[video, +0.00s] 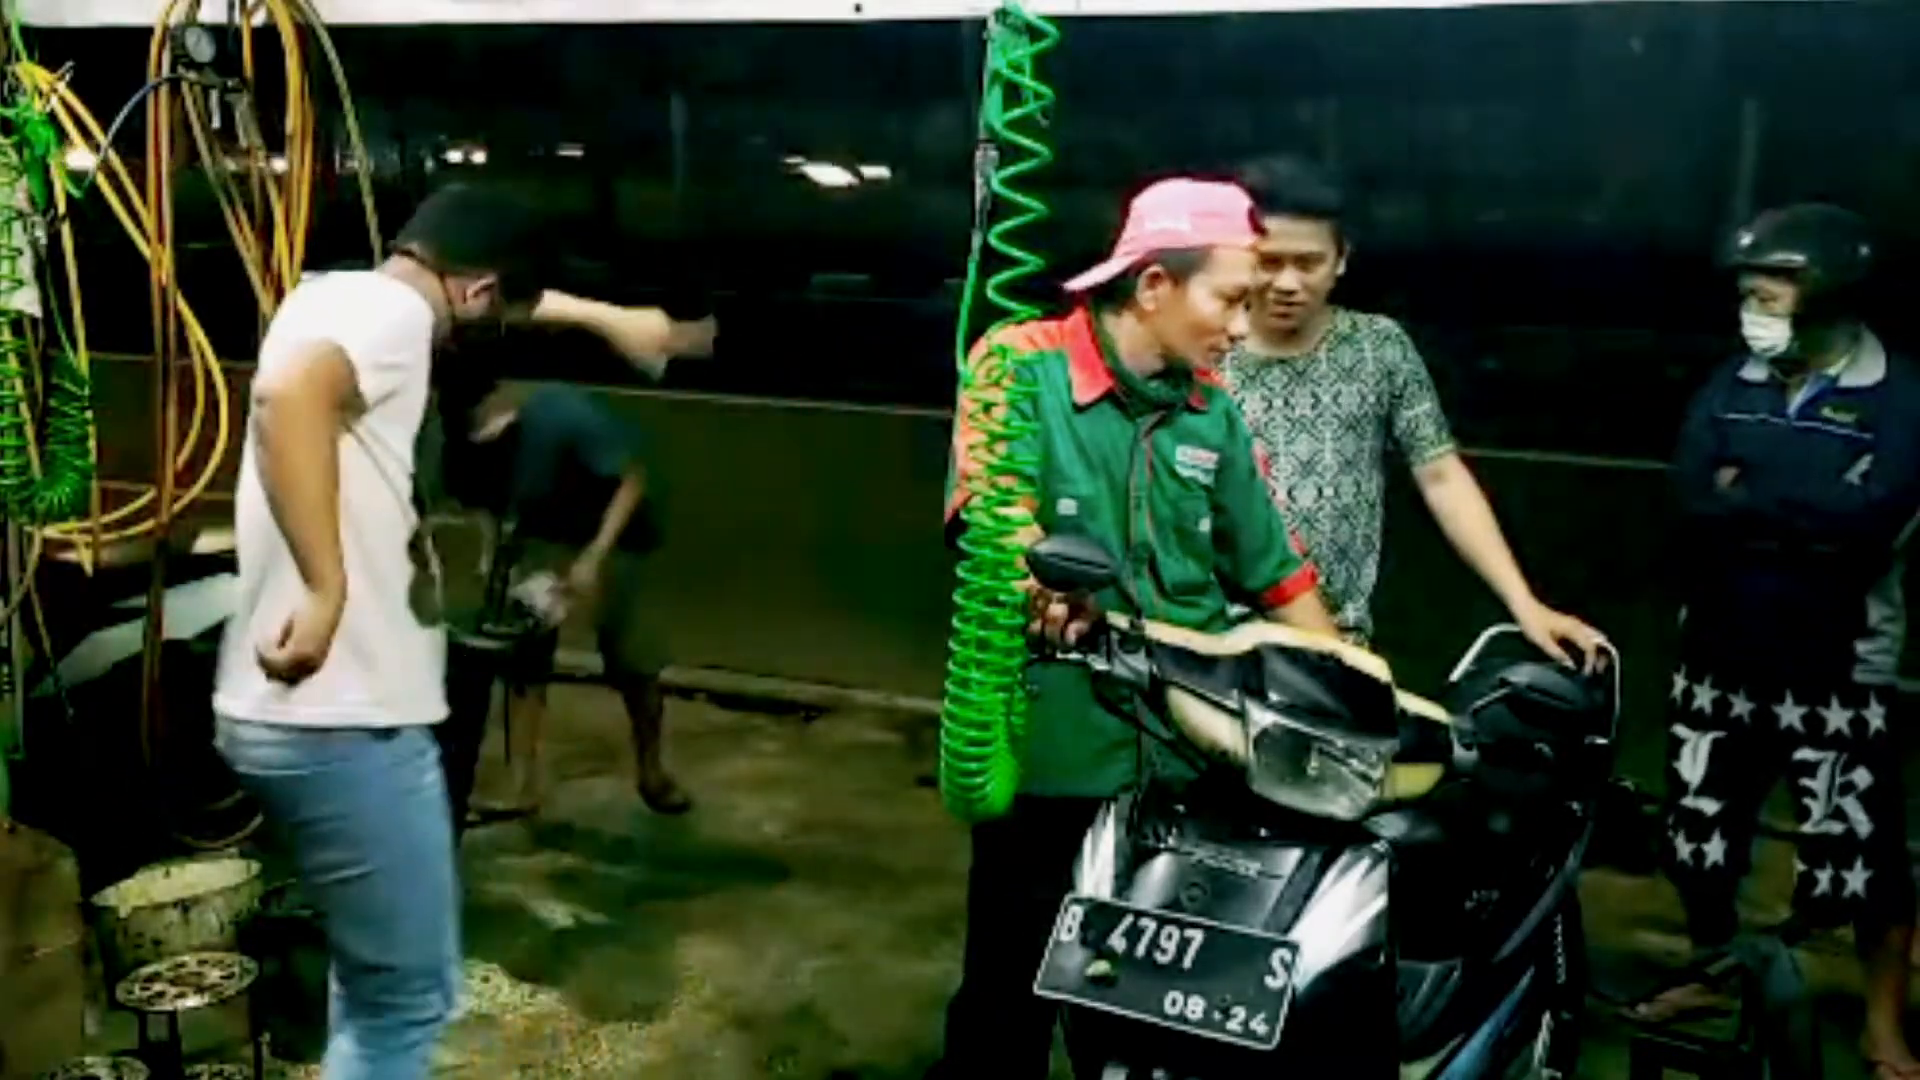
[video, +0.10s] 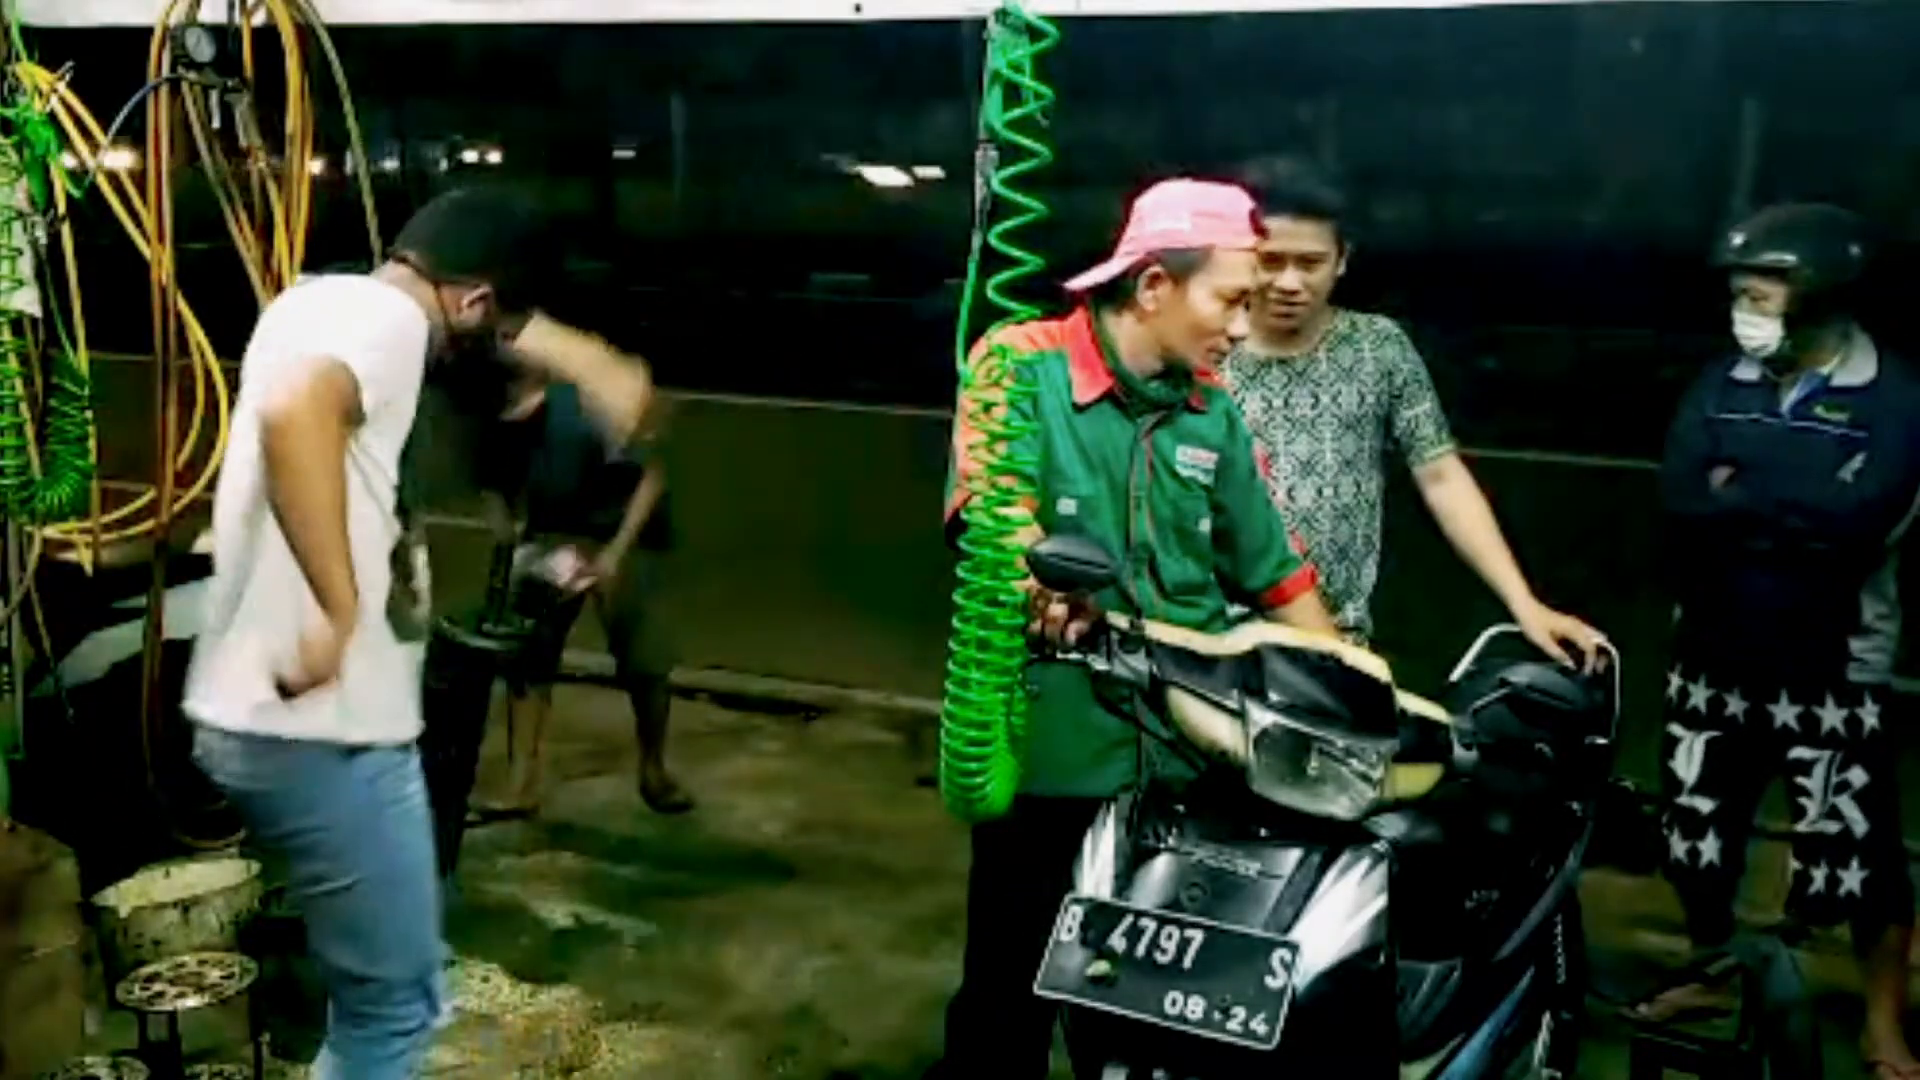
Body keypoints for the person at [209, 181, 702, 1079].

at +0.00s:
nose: (489, 311)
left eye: (498, 296)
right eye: (500, 293)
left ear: (415, 244)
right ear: (475, 281)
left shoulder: (345, 298)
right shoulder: (388, 306)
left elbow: (482, 282)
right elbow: (291, 395)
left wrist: (603, 316)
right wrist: (325, 588)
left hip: (325, 724)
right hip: (344, 728)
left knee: (376, 996)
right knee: (406, 1004)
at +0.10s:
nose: (494, 328)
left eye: (508, 311)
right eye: (502, 310)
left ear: (420, 252)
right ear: (474, 293)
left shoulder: (315, 305)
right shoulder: (382, 314)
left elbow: (485, 316)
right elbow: (298, 412)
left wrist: (583, 360)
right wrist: (338, 611)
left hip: (291, 731)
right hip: (328, 741)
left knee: (385, 994)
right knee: (391, 1013)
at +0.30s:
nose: (447, 387)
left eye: (453, 371)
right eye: (454, 374)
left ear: (350, 305)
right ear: (433, 369)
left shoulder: (187, 395)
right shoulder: (375, 456)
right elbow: (398, 666)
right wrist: (513, 695)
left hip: (187, 783)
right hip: (310, 806)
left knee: (343, 961)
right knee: (424, 1038)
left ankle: (276, 1070)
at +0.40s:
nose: (406, 371)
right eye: (412, 361)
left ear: (309, 284)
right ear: (401, 354)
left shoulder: (147, 370)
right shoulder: (383, 425)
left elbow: (37, 547)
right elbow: (490, 610)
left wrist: (20, 666)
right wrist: (538, 538)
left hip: (164, 787)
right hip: (306, 807)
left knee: (281, 981)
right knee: (396, 1026)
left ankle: (207, 1067)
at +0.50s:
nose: (388, 341)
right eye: (393, 327)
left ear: (279, 258)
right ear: (375, 318)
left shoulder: (121, 338)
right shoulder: (380, 381)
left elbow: (9, 446)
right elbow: (537, 519)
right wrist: (528, 425)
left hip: (143, 767)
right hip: (291, 788)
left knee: (204, 1008)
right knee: (352, 1030)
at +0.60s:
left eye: (228, 225)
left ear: (233, 240)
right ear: (335, 282)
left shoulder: (92, 310)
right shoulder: (359, 344)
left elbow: (1, 326)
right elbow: (560, 383)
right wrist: (449, 347)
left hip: (102, 784)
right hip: (267, 795)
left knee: (123, 1031)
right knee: (314, 1037)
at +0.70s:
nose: (159, 239)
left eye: (169, 227)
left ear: (176, 238)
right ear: (283, 275)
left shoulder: (33, 316)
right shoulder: (316, 335)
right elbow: (512, 380)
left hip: (73, 797)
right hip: (247, 795)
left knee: (105, 1046)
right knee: (310, 1020)